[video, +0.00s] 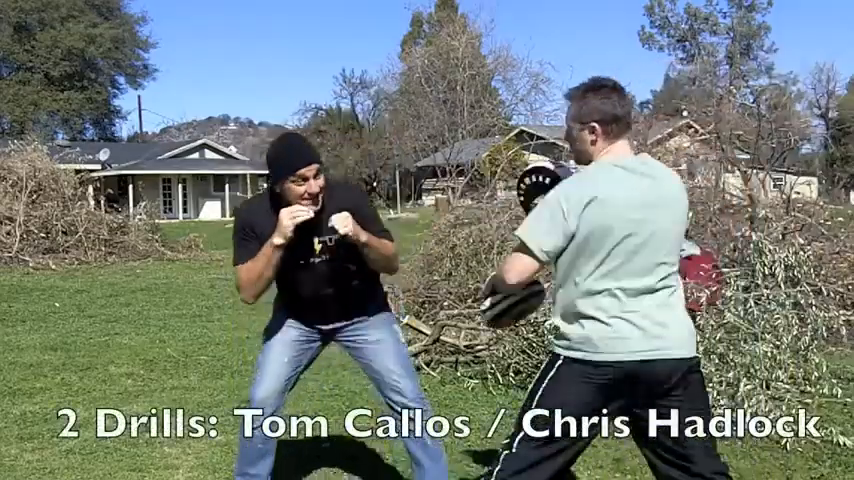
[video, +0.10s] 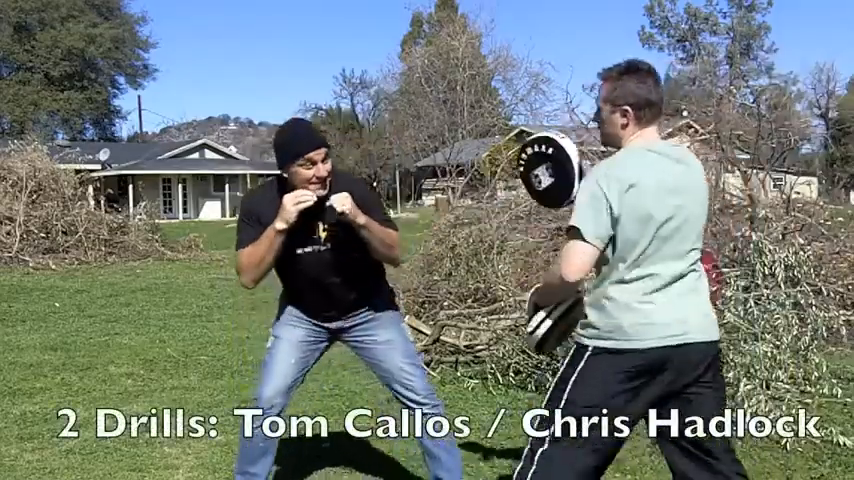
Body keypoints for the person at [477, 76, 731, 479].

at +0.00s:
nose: (568, 141)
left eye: (570, 132)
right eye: (567, 131)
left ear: (594, 133)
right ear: (626, 127)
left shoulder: (576, 189)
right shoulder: (672, 184)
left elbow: (515, 273)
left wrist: (497, 288)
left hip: (590, 358)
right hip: (672, 356)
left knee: (524, 468)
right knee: (700, 470)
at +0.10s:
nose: (596, 120)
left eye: (601, 109)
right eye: (598, 109)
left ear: (625, 116)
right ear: (653, 112)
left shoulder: (607, 175)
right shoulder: (690, 166)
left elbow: (573, 270)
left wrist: (543, 293)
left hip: (620, 343)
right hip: (695, 338)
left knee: (557, 455)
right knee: (709, 458)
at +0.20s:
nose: (613, 109)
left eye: (618, 99)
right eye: (614, 98)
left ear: (643, 106)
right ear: (668, 104)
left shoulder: (630, 164)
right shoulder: (704, 159)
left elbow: (610, 262)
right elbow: (663, 218)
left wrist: (573, 295)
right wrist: (594, 186)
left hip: (636, 340)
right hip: (710, 333)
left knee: (577, 461)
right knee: (714, 461)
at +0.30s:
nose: (622, 104)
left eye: (626, 95)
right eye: (624, 95)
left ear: (651, 102)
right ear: (674, 100)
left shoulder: (642, 161)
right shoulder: (708, 153)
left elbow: (630, 256)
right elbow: (660, 215)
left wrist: (589, 296)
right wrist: (587, 172)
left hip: (647, 340)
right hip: (716, 332)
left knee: (600, 463)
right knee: (718, 461)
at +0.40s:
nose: (627, 100)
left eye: (632, 91)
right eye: (629, 91)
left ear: (657, 98)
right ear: (678, 97)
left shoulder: (648, 158)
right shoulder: (712, 151)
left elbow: (639, 255)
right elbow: (655, 213)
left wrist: (595, 297)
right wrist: (590, 166)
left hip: (655, 340)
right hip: (720, 332)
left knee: (611, 463)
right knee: (715, 460)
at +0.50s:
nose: (635, 96)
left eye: (641, 86)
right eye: (638, 86)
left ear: (667, 95)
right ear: (687, 94)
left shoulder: (654, 155)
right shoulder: (717, 151)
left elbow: (639, 253)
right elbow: (643, 204)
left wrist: (595, 295)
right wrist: (594, 156)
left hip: (653, 340)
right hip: (720, 333)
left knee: (614, 462)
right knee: (720, 459)